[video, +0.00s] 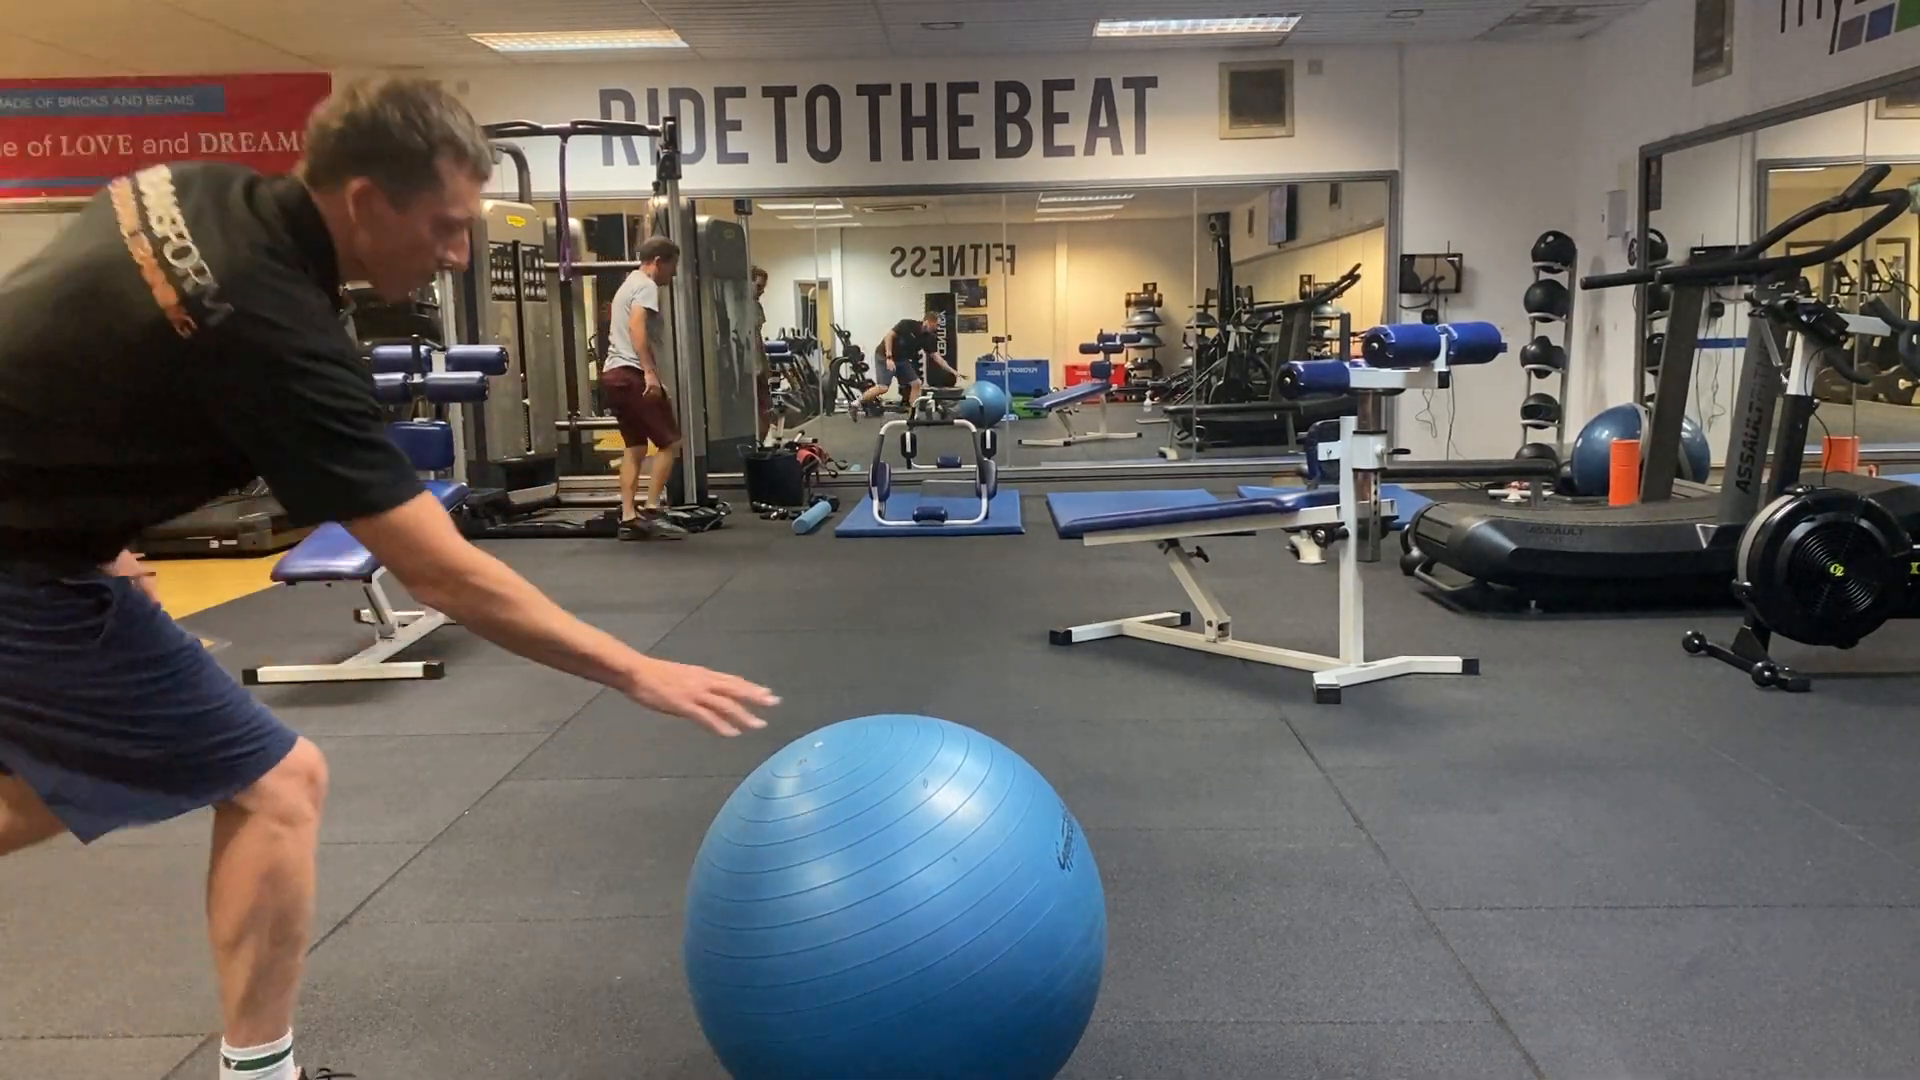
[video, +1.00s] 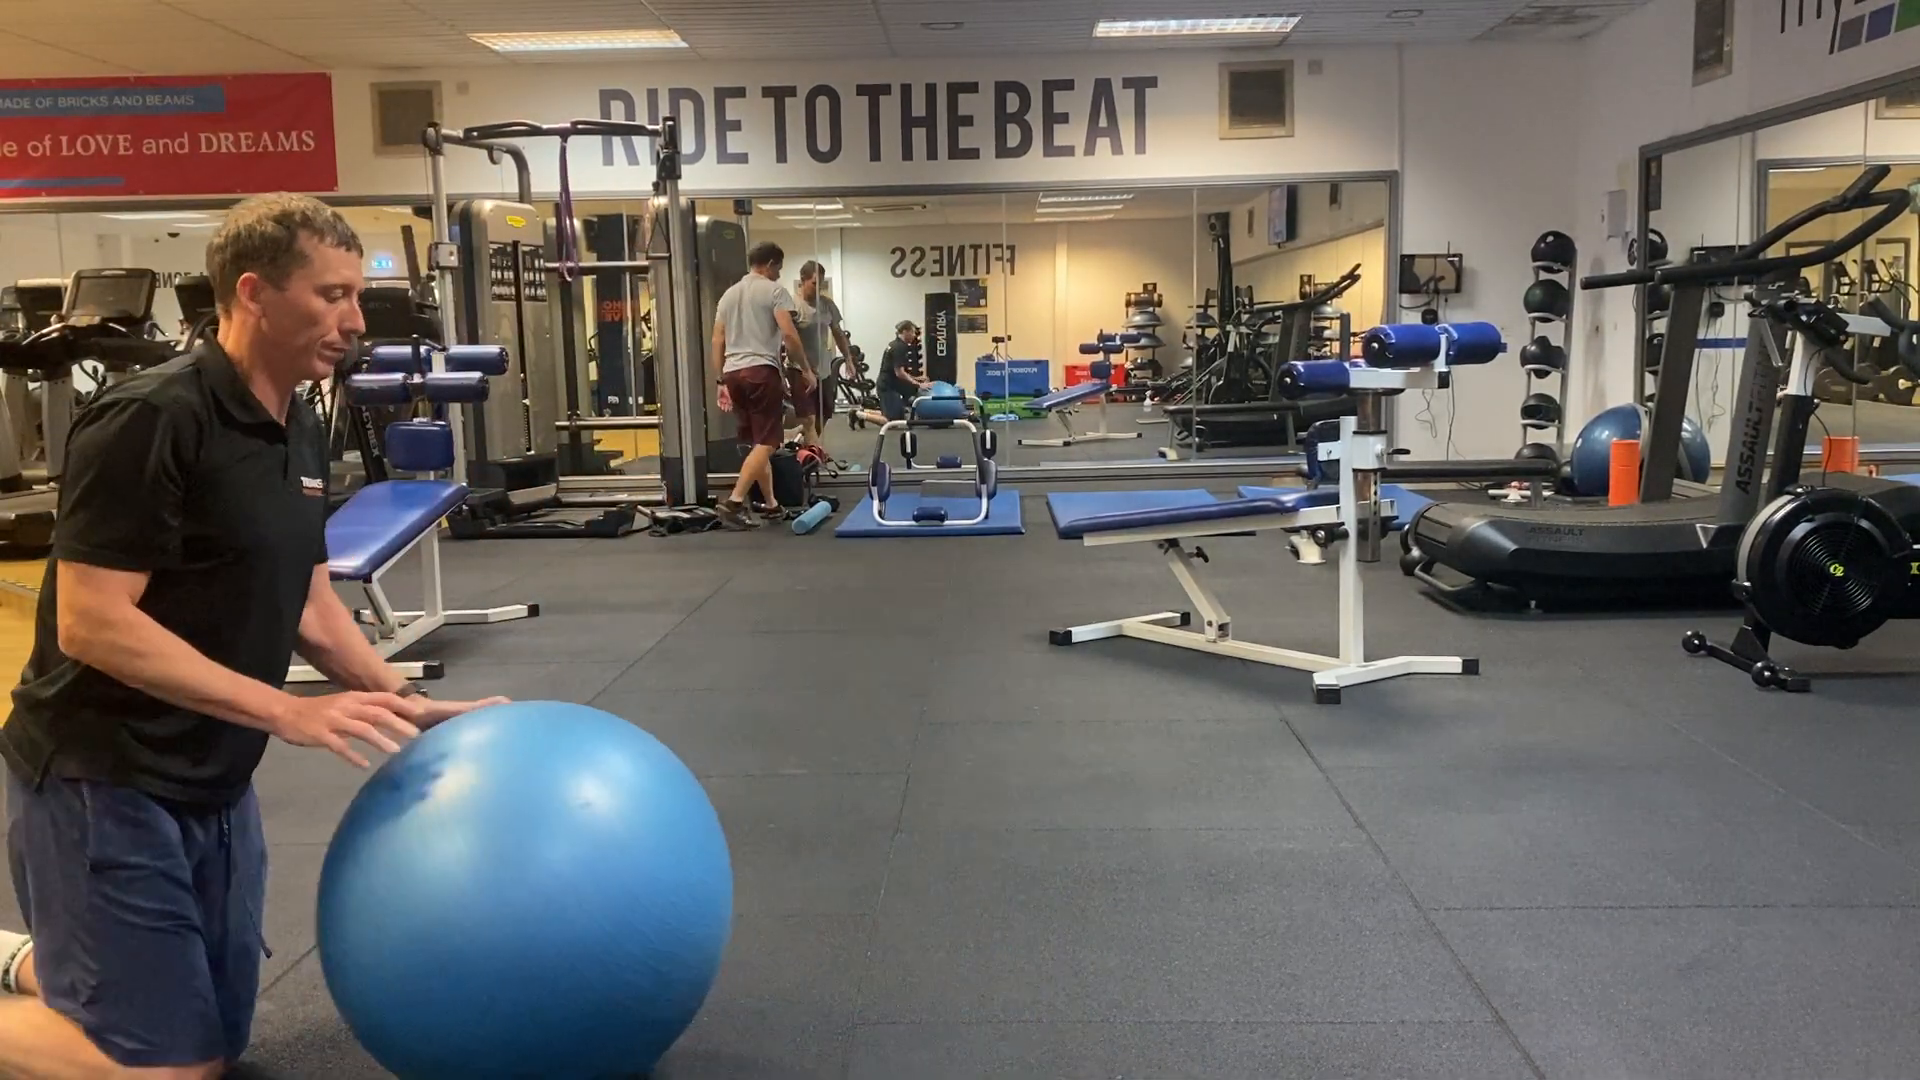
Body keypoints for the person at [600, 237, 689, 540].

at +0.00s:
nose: (673, 274)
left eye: (674, 268)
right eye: (672, 267)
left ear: (649, 262)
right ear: (656, 262)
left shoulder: (629, 282)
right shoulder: (645, 285)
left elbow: (624, 331)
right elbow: (636, 328)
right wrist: (650, 372)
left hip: (612, 374)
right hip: (630, 374)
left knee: (635, 446)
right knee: (670, 442)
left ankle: (628, 516)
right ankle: (651, 507)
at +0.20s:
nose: (697, 282)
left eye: (699, 277)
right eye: (697, 276)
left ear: (675, 267)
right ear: (684, 268)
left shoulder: (652, 289)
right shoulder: (672, 289)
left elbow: (645, 333)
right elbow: (657, 327)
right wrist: (659, 373)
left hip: (638, 378)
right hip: (662, 378)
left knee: (645, 450)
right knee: (691, 448)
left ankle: (628, 516)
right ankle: (718, 509)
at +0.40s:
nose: (726, 281)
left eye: (728, 276)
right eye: (727, 275)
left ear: (702, 266)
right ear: (716, 268)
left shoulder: (676, 293)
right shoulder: (708, 290)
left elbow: (672, 333)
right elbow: (694, 328)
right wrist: (696, 375)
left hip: (667, 378)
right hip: (694, 375)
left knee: (681, 448)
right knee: (716, 447)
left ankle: (643, 501)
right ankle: (724, 511)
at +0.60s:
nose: (746, 276)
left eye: (747, 270)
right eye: (747, 270)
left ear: (721, 263)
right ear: (737, 264)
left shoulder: (692, 292)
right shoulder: (736, 289)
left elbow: (681, 336)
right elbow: (740, 336)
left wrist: (688, 366)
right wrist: (757, 374)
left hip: (690, 371)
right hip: (718, 368)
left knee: (724, 431)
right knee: (727, 442)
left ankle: (690, 463)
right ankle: (724, 509)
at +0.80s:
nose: (762, 275)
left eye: (764, 270)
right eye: (763, 269)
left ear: (736, 263)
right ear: (753, 264)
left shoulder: (708, 292)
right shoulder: (756, 289)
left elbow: (696, 340)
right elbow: (774, 334)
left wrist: (708, 376)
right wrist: (794, 365)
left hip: (713, 372)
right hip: (741, 370)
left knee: (751, 436)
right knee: (737, 444)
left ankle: (749, 493)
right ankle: (725, 510)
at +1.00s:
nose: (778, 274)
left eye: (779, 270)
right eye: (778, 269)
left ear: (751, 264)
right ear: (771, 265)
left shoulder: (727, 295)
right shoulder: (774, 289)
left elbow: (717, 340)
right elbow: (789, 333)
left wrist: (720, 380)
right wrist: (805, 369)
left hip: (732, 371)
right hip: (762, 370)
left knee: (758, 441)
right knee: (767, 441)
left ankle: (771, 504)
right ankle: (735, 502)